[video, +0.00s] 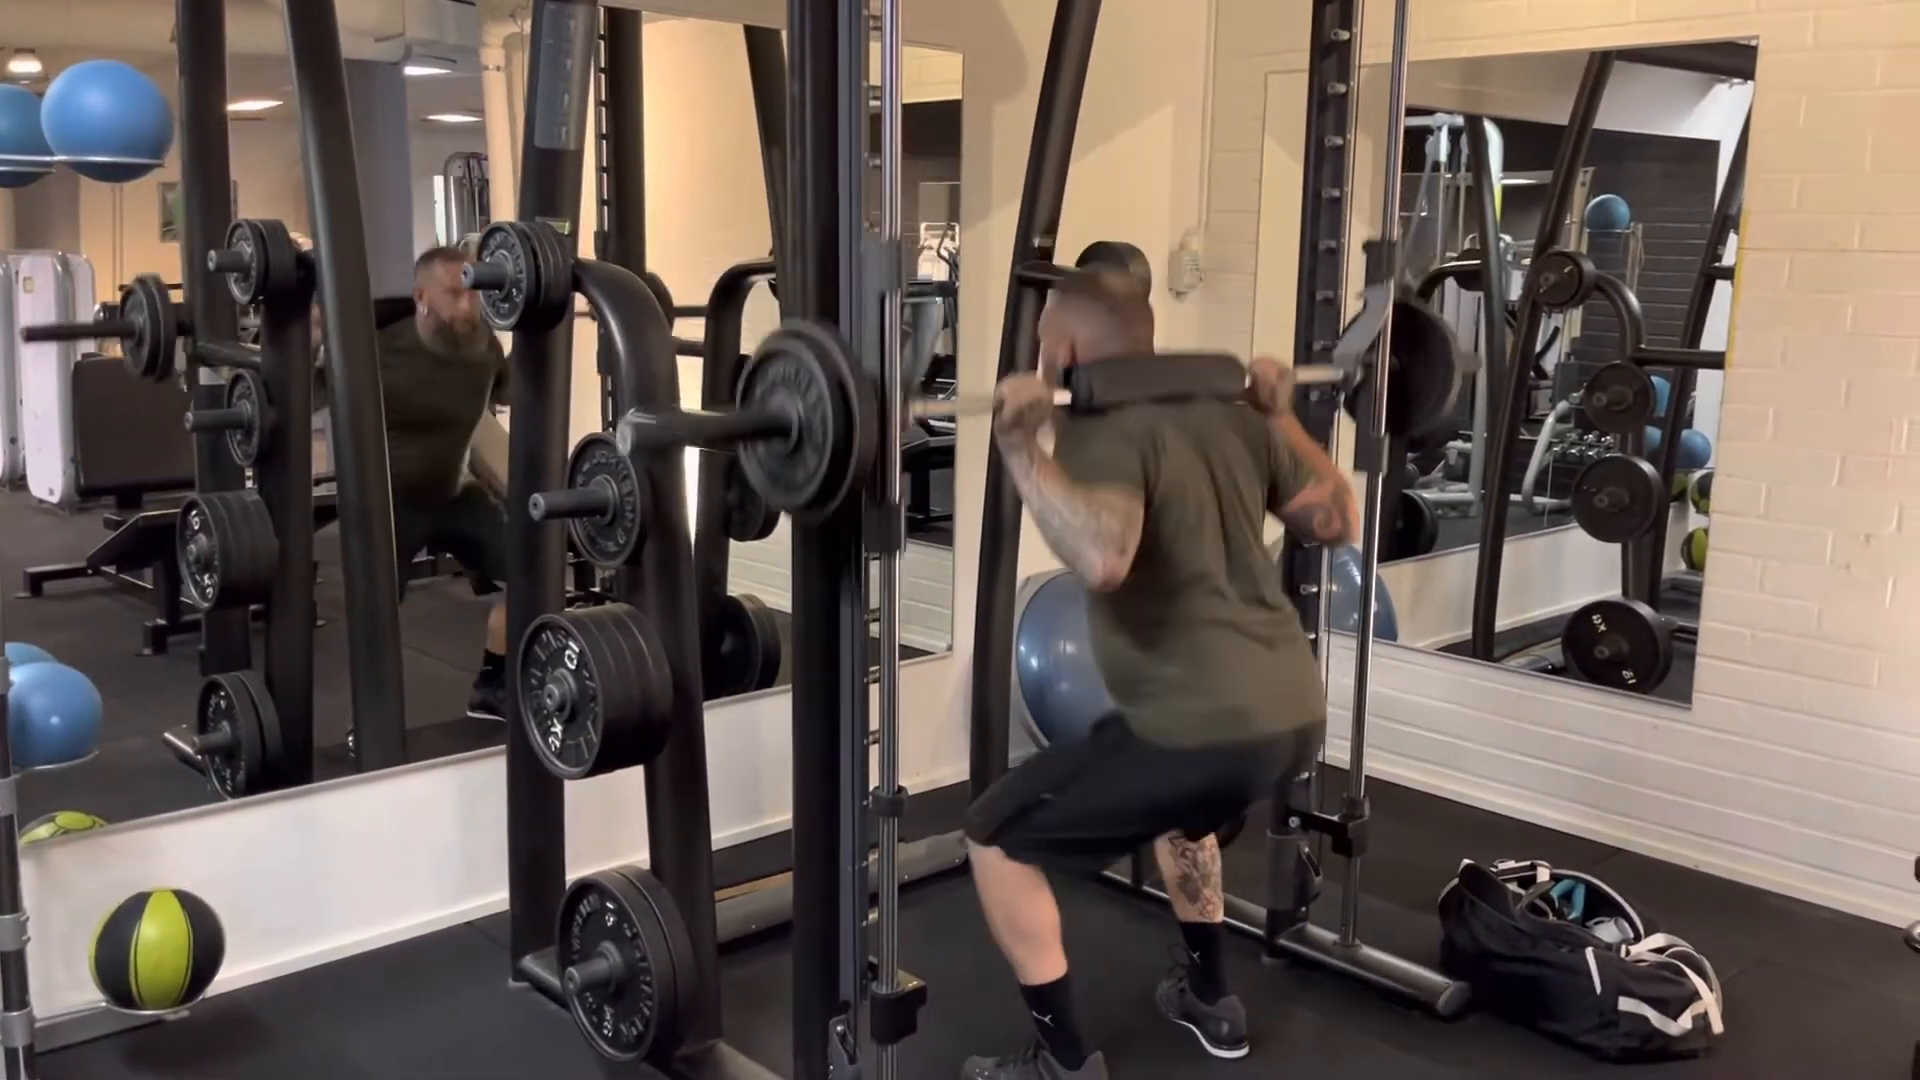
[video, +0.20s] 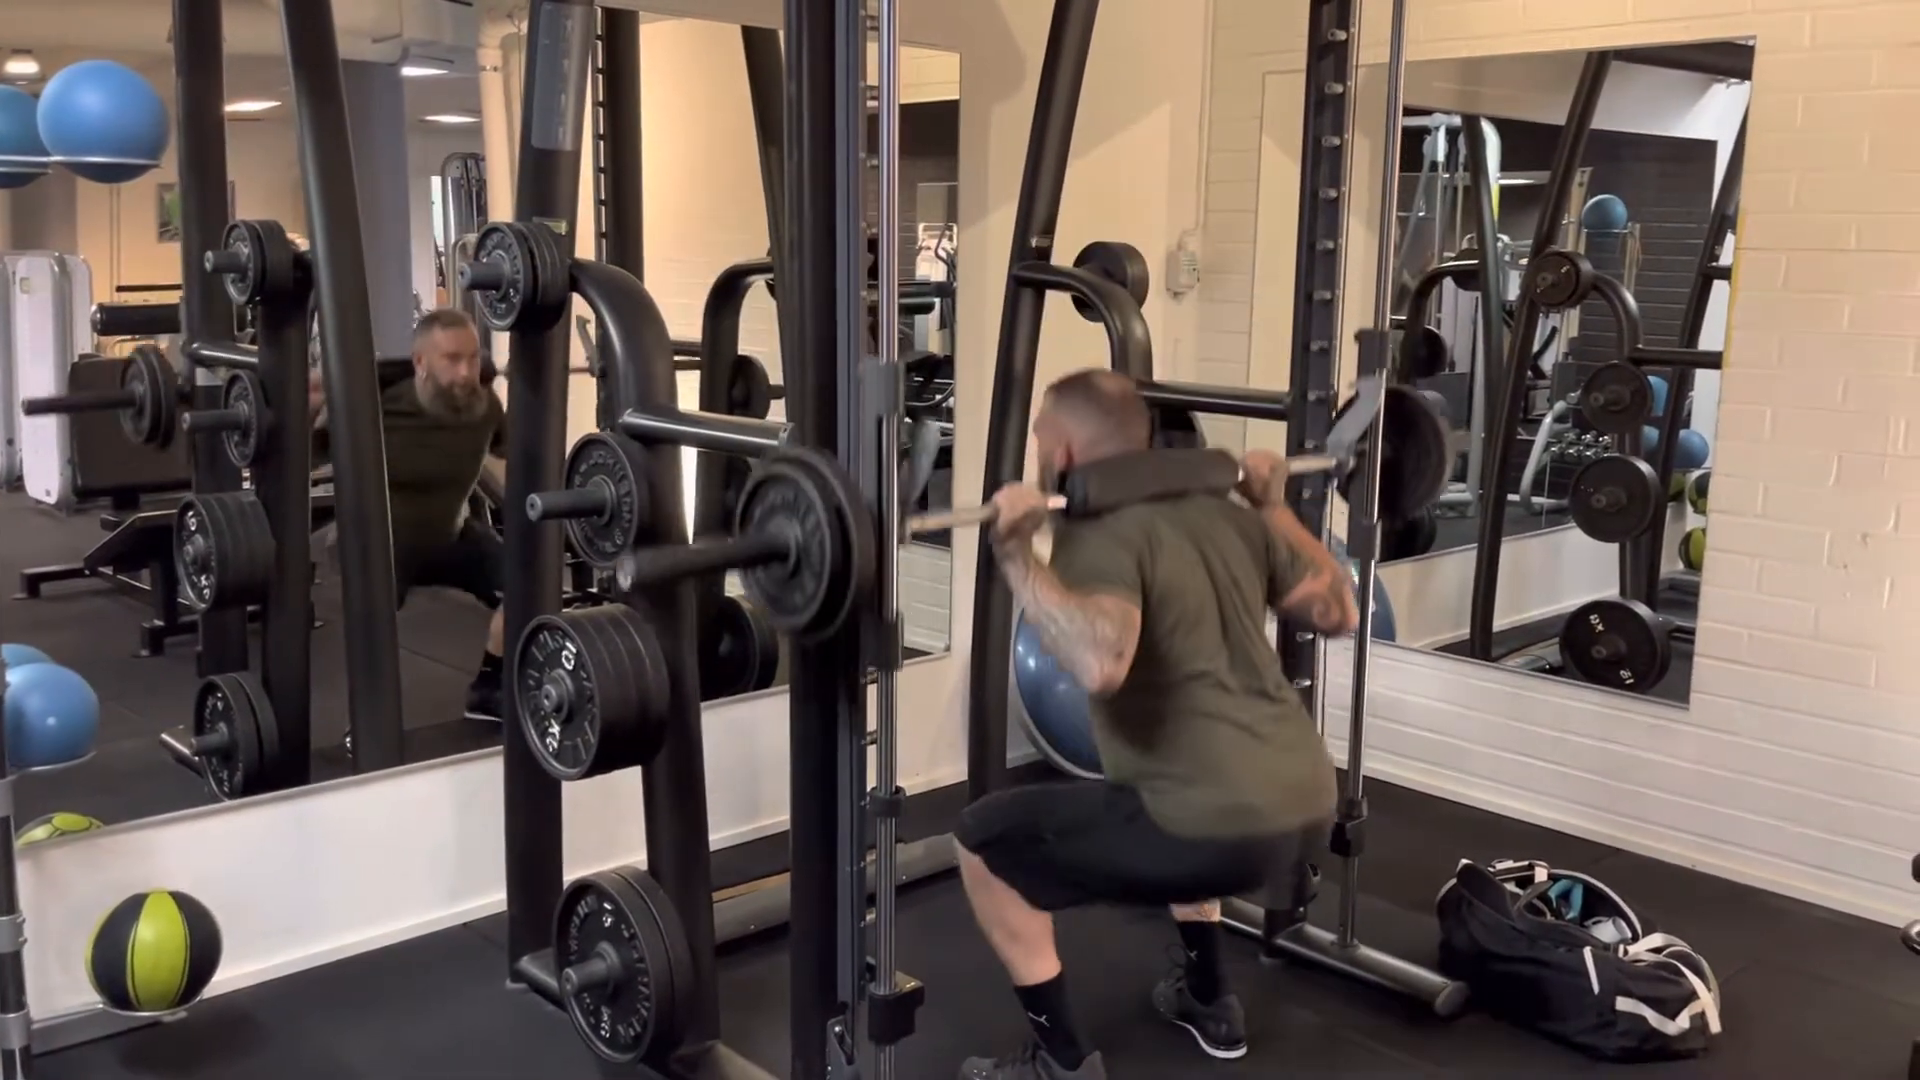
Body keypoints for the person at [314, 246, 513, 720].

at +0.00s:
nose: (468, 306)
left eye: (471, 293)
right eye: (454, 294)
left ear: (479, 294)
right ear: (422, 297)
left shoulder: (485, 350)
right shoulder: (380, 352)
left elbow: (510, 396)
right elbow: (304, 396)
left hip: (454, 498)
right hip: (388, 502)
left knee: (526, 559)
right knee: (377, 602)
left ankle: (494, 683)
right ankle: (371, 717)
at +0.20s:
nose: (466, 372)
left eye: (474, 359)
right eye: (453, 359)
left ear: (482, 360)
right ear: (420, 362)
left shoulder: (486, 408)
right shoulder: (379, 412)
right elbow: (300, 463)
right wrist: (306, 417)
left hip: (450, 542)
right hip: (384, 548)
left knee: (524, 572)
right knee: (370, 616)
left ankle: (490, 687)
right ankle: (365, 718)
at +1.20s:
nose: (454, 306)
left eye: (458, 293)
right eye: (440, 294)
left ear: (467, 296)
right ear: (409, 301)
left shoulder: (476, 356)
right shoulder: (372, 360)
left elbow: (508, 408)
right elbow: (298, 404)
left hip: (441, 508)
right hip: (377, 513)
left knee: (518, 561)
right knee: (367, 613)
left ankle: (485, 691)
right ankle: (358, 727)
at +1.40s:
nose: (455, 238)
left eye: (461, 226)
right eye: (441, 227)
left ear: (469, 227)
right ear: (407, 231)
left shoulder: (470, 294)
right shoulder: (366, 297)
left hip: (449, 467)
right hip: (380, 471)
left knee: (496, 565)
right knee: (363, 602)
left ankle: (482, 694)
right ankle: (360, 722)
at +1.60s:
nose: (454, 210)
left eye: (459, 198)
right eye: (439, 198)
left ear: (466, 202)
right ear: (405, 204)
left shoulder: (471, 268)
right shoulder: (360, 267)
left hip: (457, 452)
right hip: (382, 455)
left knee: (474, 574)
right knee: (366, 588)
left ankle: (480, 697)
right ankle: (359, 704)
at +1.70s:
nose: (454, 212)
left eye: (459, 201)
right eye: (440, 202)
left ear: (466, 206)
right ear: (406, 208)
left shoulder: (471, 269)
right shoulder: (362, 270)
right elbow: (278, 249)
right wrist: (285, 256)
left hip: (456, 455)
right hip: (381, 460)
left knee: (481, 570)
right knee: (365, 592)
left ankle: (480, 698)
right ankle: (360, 711)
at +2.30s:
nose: (455, 224)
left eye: (461, 212)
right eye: (440, 212)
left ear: (468, 216)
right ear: (406, 218)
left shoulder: (473, 280)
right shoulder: (360, 279)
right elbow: (279, 257)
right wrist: (278, 262)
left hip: (456, 464)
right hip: (380, 467)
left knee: (483, 576)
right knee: (364, 596)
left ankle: (481, 702)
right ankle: (360, 717)